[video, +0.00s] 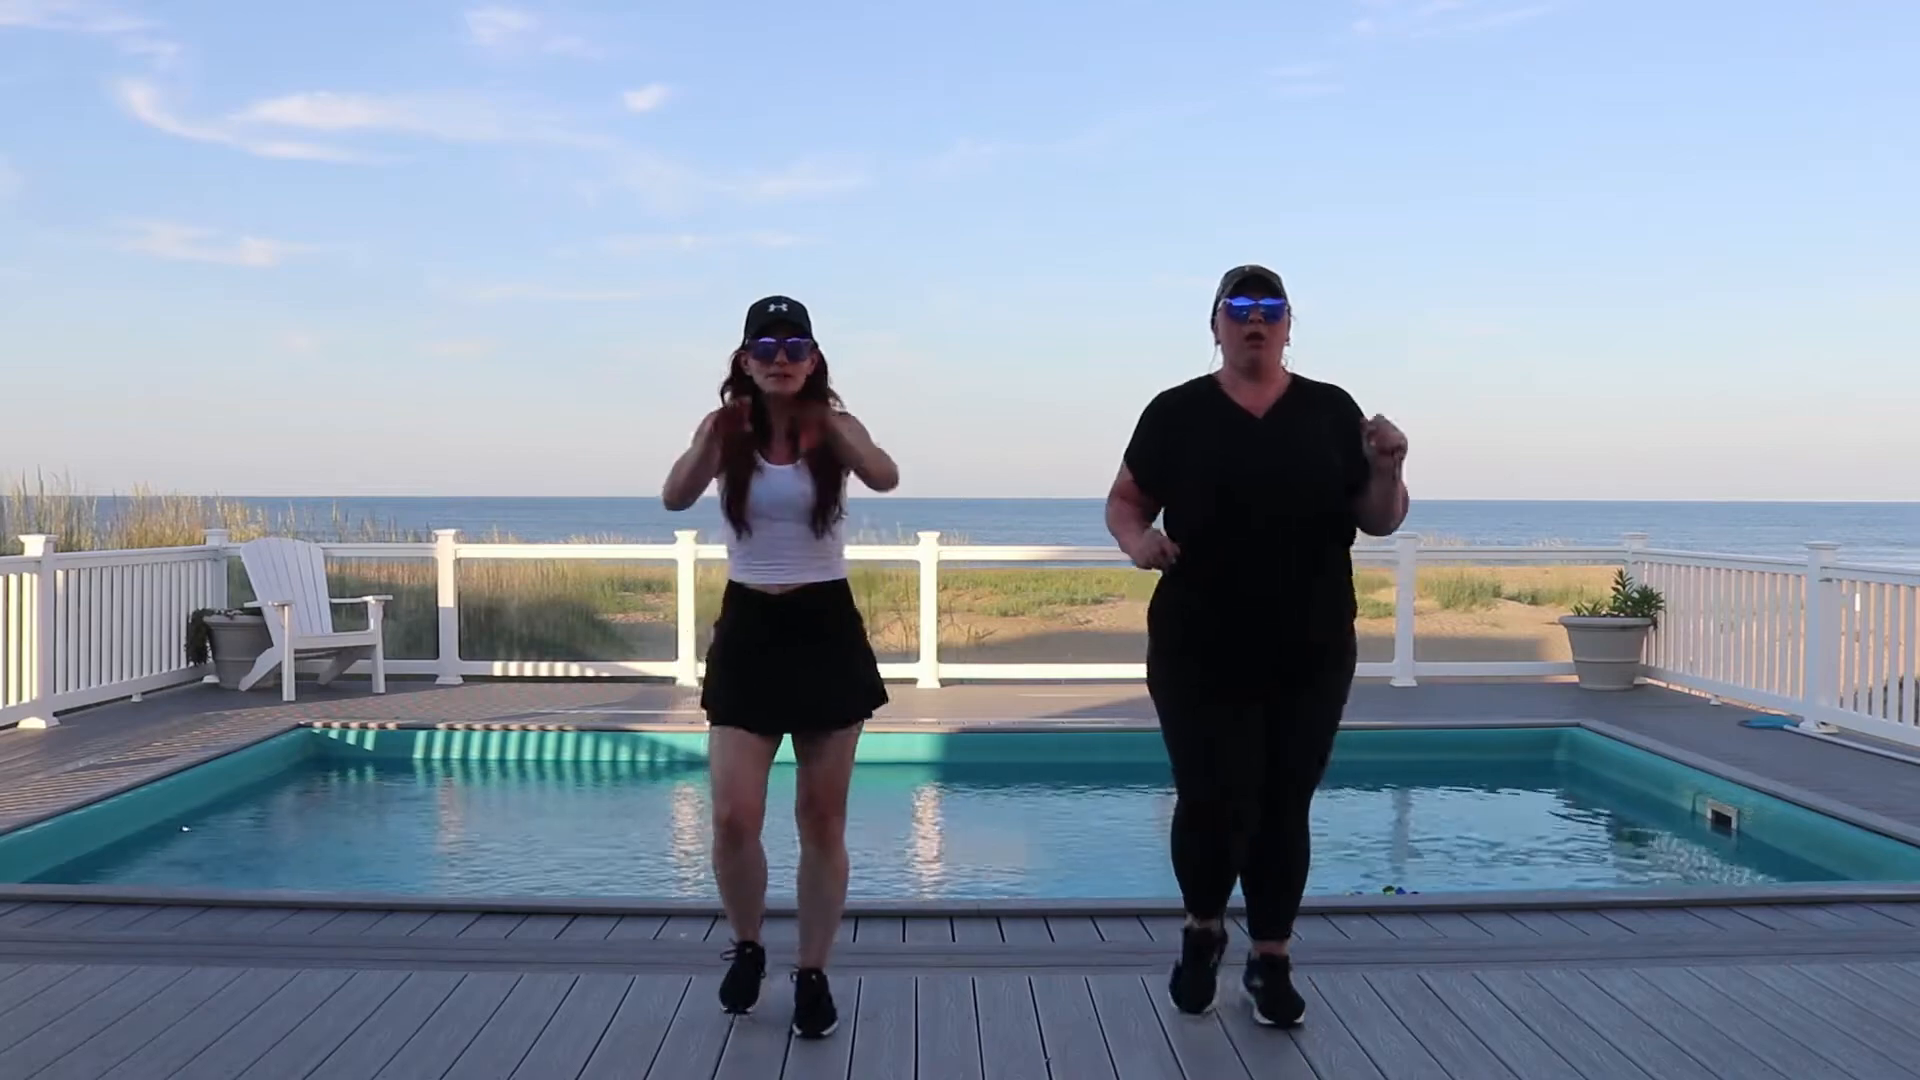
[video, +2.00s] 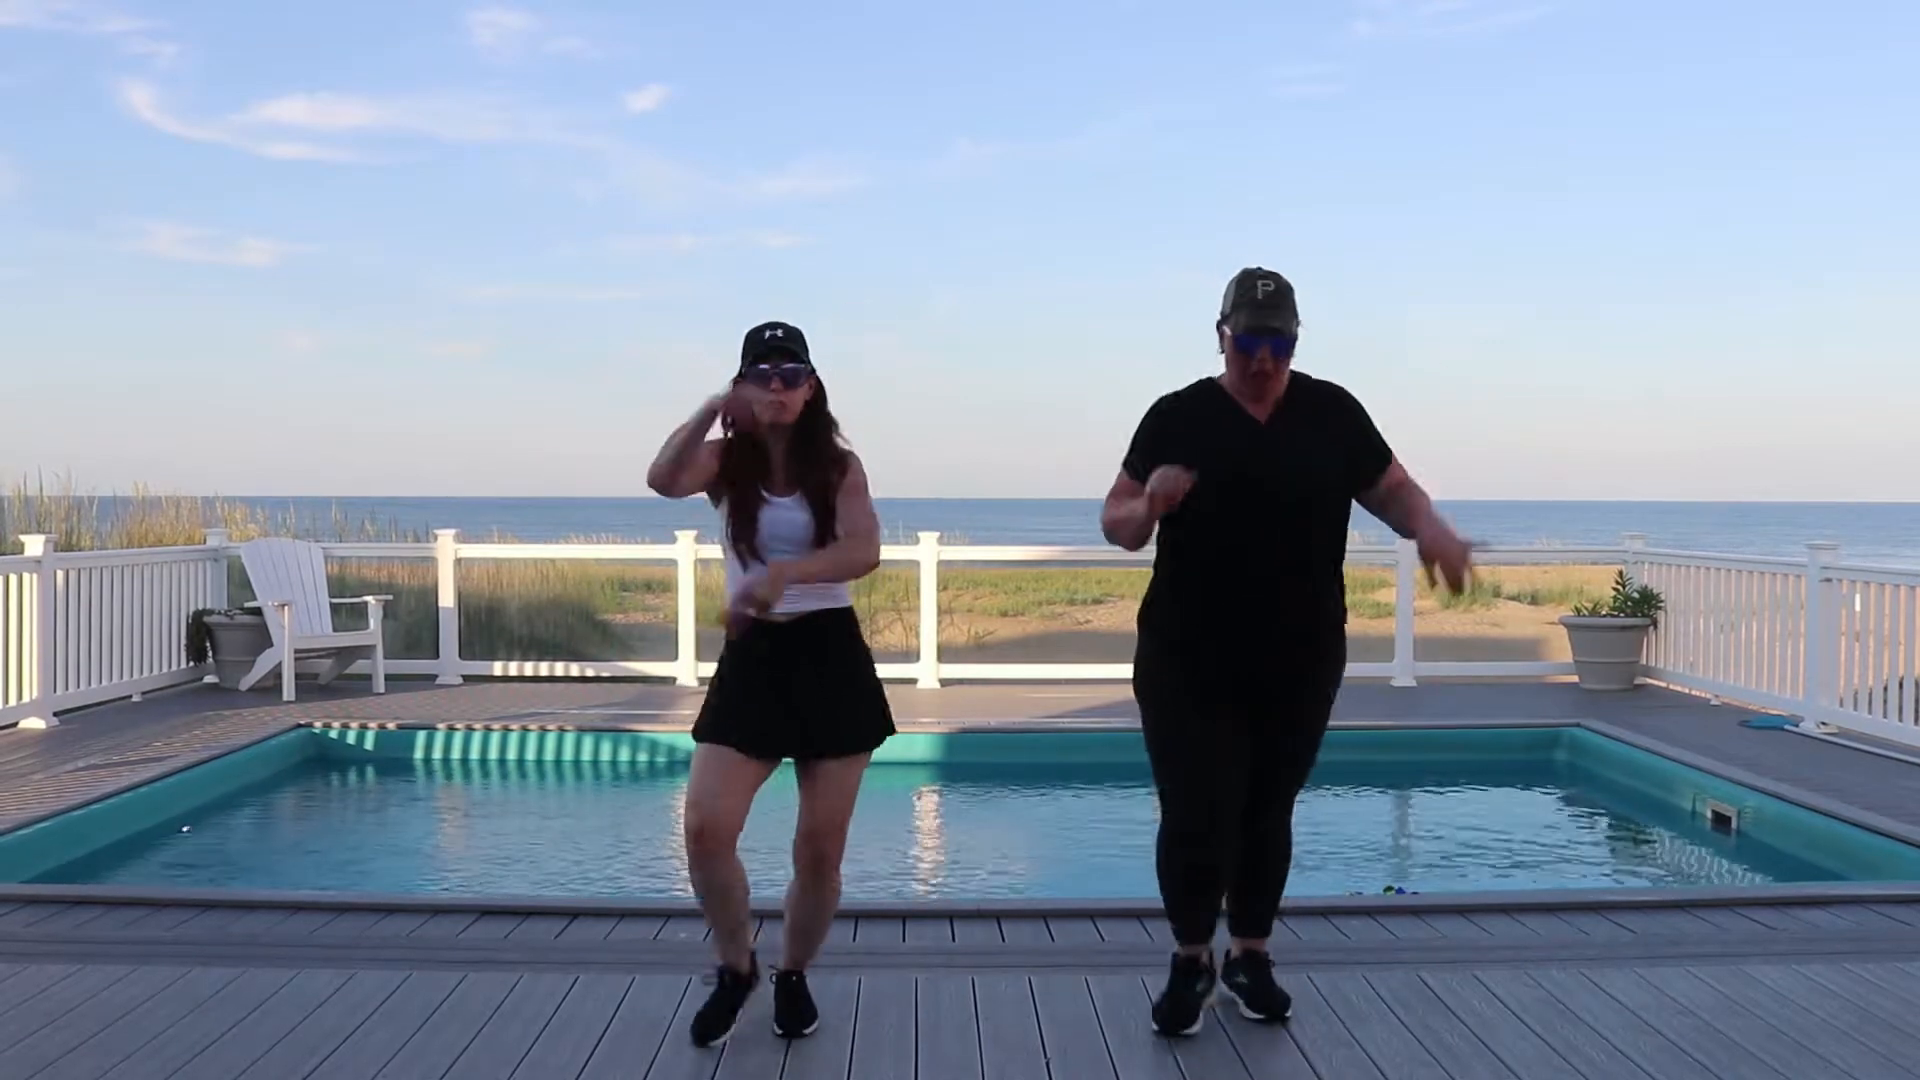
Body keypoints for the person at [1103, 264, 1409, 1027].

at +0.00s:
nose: (1256, 323)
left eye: (1270, 312)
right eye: (1241, 312)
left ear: (1288, 326)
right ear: (1217, 326)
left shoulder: (1333, 412)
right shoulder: (1174, 414)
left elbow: (1381, 521)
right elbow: (1125, 504)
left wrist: (1388, 467)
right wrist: (1140, 540)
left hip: (1309, 644)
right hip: (1201, 643)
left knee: (1285, 803)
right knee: (1211, 798)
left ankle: (1272, 959)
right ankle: (1204, 931)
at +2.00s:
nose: (1264, 359)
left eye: (1278, 344)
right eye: (1249, 343)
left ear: (1296, 338)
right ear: (1223, 335)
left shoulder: (1333, 413)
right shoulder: (1176, 417)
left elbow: (1392, 490)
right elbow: (1120, 528)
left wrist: (1431, 527)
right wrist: (1148, 505)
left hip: (1298, 656)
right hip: (1189, 654)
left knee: (1268, 808)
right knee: (1194, 808)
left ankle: (1250, 956)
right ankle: (1192, 958)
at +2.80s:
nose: (1249, 323)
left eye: (1263, 312)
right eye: (1233, 311)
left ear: (1281, 325)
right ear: (1207, 323)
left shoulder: (1326, 407)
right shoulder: (1169, 401)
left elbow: (1409, 464)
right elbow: (1164, 488)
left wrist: (1415, 490)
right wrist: (1251, 516)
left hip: (1295, 651)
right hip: (1184, 651)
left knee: (1302, 808)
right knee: (1198, 813)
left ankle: (1263, 944)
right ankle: (1199, 958)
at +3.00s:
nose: (1260, 316)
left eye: (1273, 306)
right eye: (1244, 306)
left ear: (1291, 324)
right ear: (1218, 323)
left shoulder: (1327, 412)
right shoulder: (1181, 405)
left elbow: (1368, 494)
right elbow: (1167, 508)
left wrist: (1362, 387)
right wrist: (1284, 518)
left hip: (1293, 645)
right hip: (1184, 646)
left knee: (1303, 808)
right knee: (1193, 808)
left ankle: (1324, 978)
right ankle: (1198, 962)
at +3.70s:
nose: (1287, 326)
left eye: (1299, 315)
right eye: (1271, 315)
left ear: (1315, 329)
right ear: (1241, 328)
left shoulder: (1356, 406)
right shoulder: (1206, 402)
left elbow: (1411, 478)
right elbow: (1174, 465)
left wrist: (1349, 507)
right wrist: (1221, 493)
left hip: (1331, 656)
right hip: (1221, 655)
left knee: (1305, 813)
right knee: (1222, 814)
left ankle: (1284, 964)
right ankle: (1219, 970)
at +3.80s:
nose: (1286, 329)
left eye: (1299, 319)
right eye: (1270, 318)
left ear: (1315, 332)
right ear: (1239, 330)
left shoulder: (1356, 411)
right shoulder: (1203, 411)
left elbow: (1402, 503)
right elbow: (1193, 493)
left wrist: (1302, 526)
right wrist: (1242, 402)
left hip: (1331, 659)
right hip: (1225, 658)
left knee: (1308, 815)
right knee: (1232, 818)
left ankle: (1284, 959)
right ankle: (1220, 989)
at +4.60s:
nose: (1268, 327)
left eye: (1282, 316)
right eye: (1252, 316)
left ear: (1299, 331)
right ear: (1223, 330)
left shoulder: (1339, 416)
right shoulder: (1185, 418)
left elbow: (1394, 497)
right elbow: (1166, 509)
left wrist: (1329, 406)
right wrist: (1260, 476)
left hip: (1298, 658)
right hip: (1184, 661)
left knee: (1314, 824)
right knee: (1197, 819)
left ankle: (1311, 995)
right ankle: (1203, 976)